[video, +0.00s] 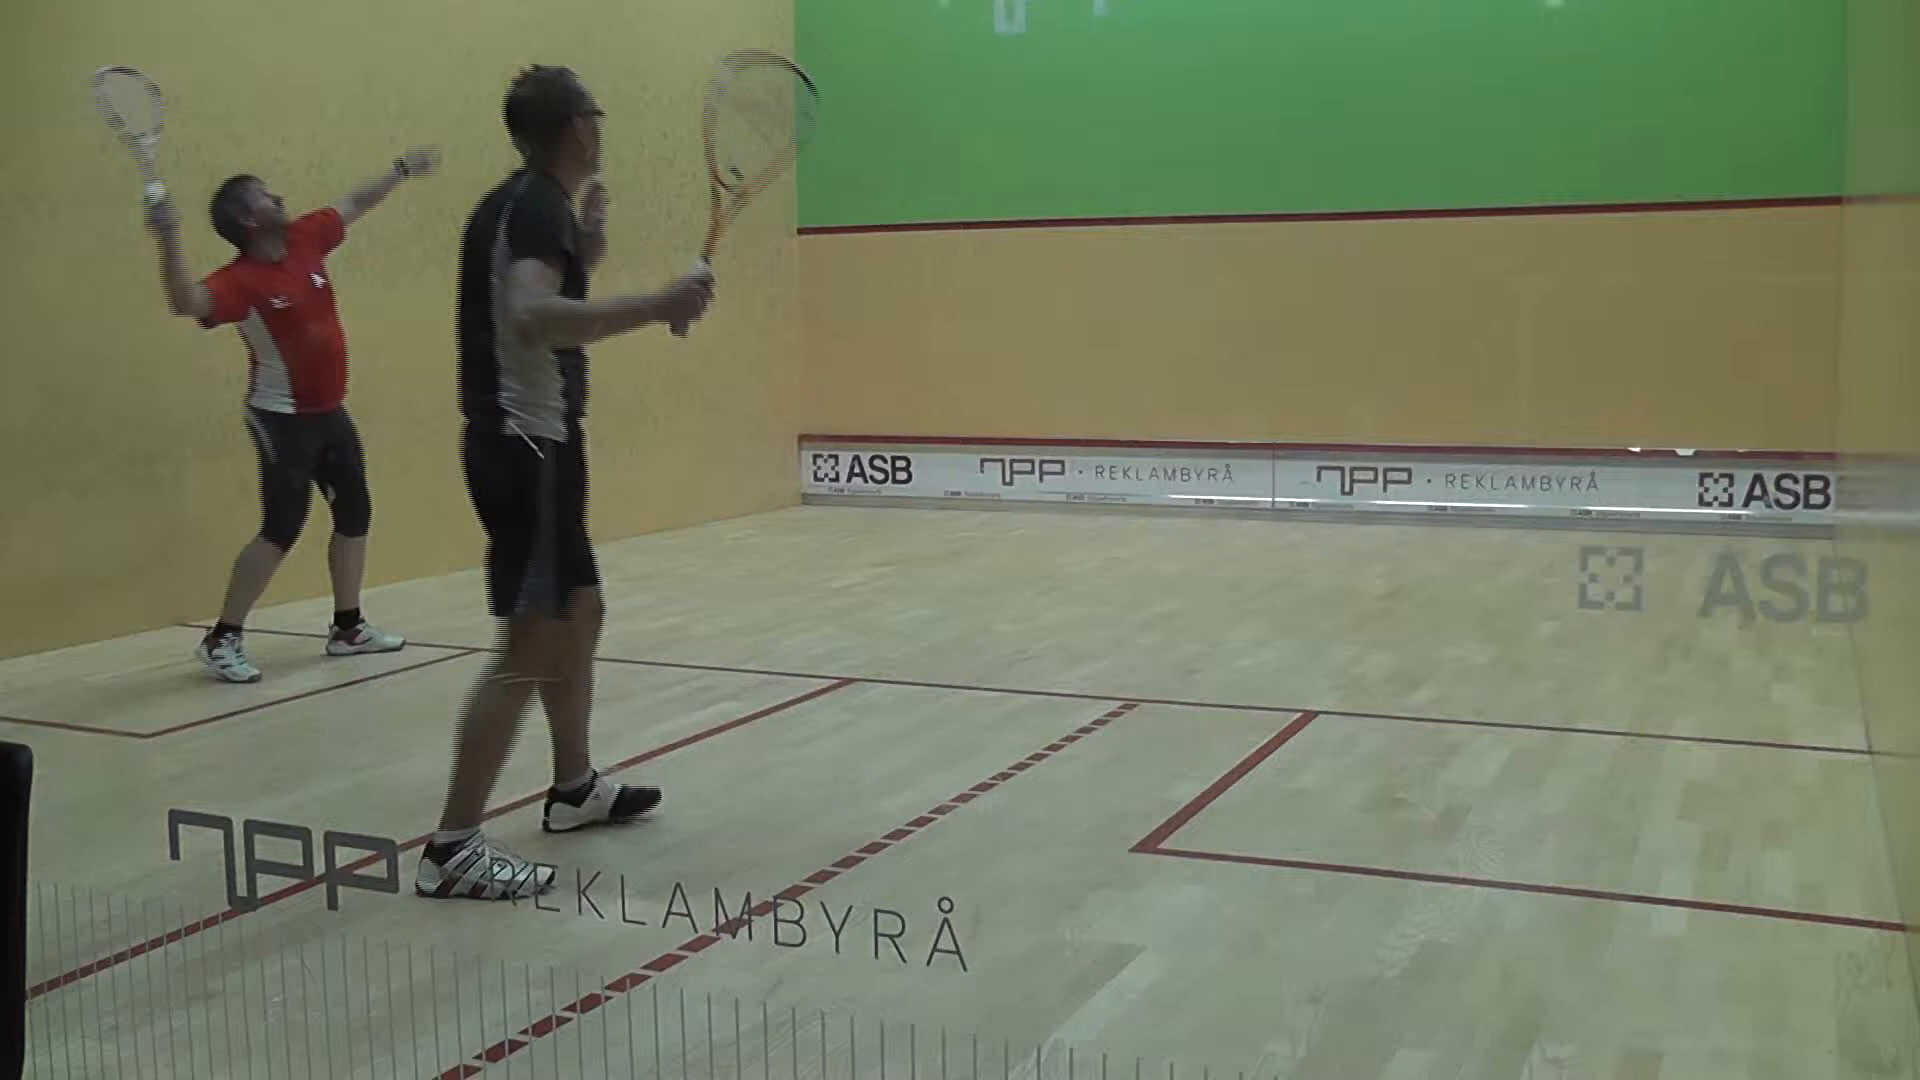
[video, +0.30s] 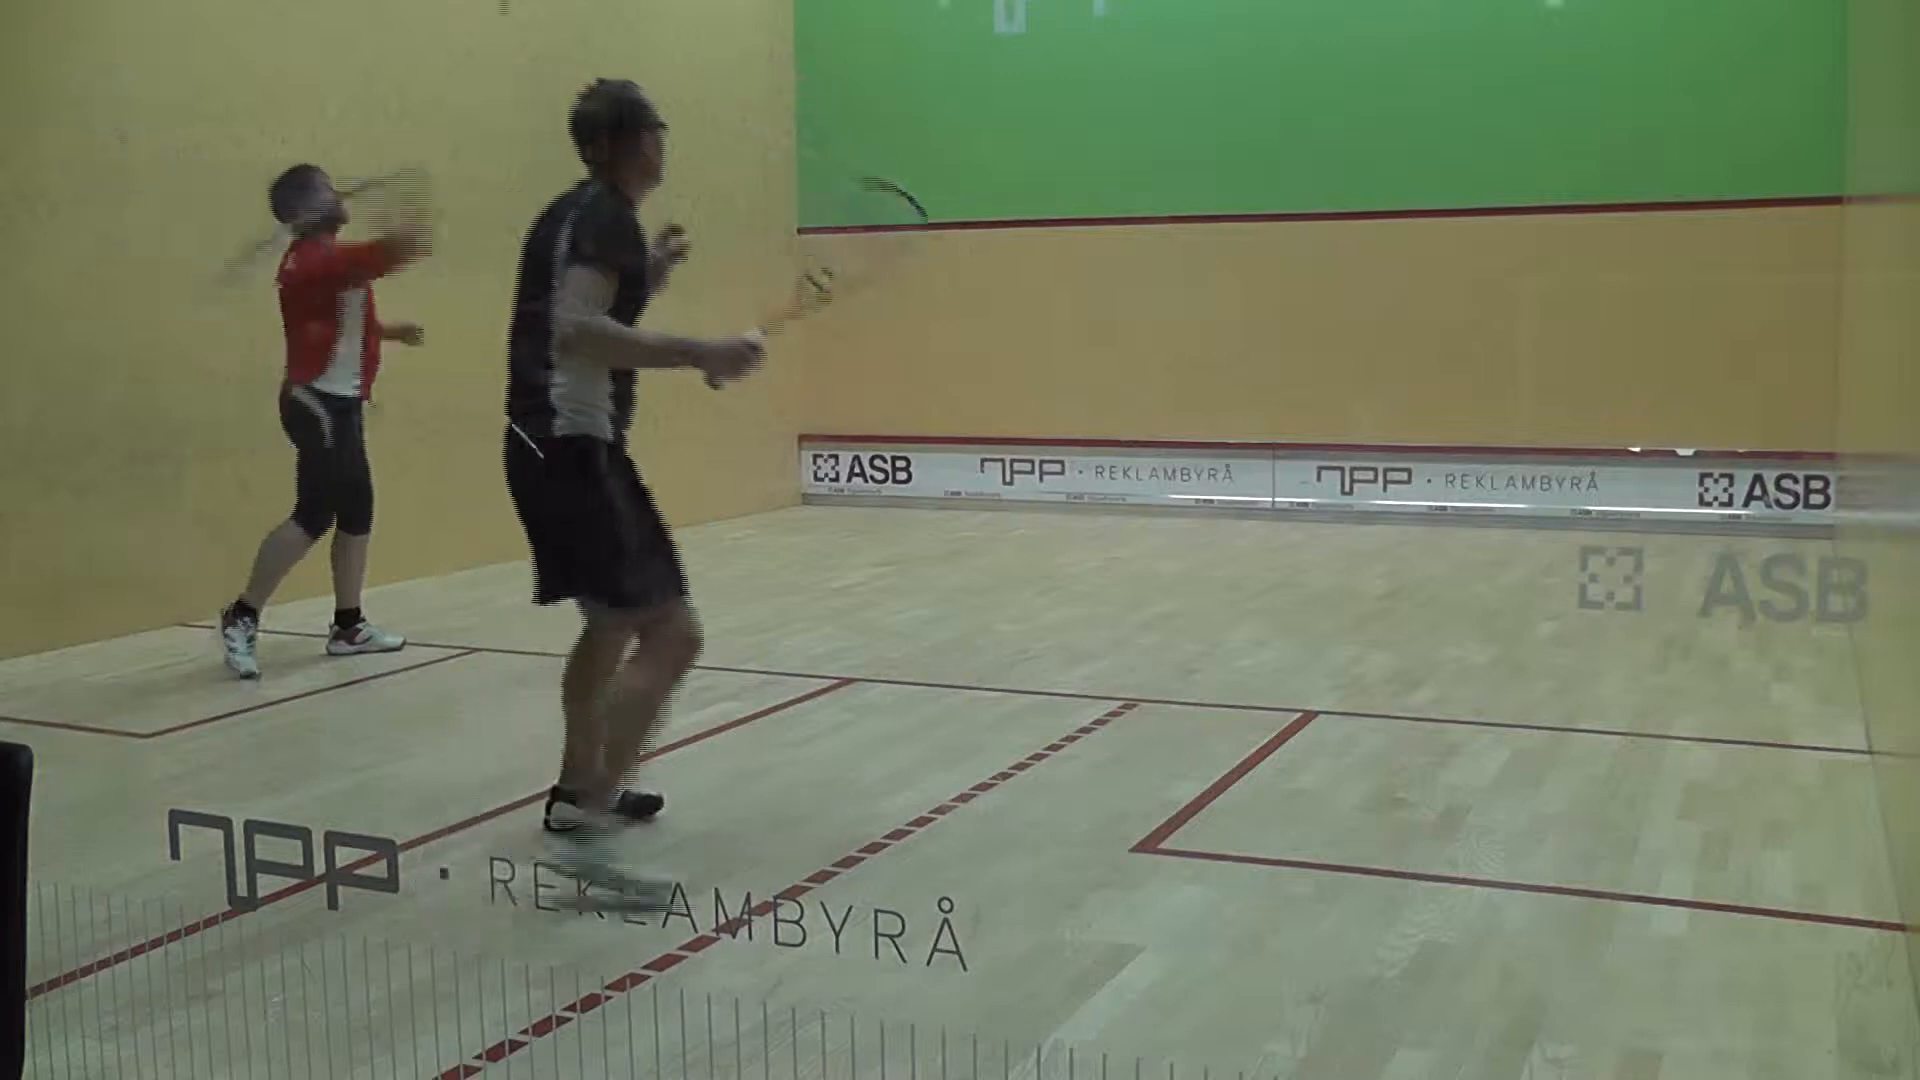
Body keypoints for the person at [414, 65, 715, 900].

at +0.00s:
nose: (600, 132)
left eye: (595, 120)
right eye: (594, 120)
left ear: (530, 135)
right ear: (574, 130)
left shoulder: (509, 206)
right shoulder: (536, 203)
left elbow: (535, 321)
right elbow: (529, 317)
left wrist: (583, 256)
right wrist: (658, 307)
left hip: (531, 445)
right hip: (526, 449)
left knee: (579, 605)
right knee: (532, 644)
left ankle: (574, 788)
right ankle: (453, 844)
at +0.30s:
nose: (663, 149)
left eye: (659, 135)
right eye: (652, 135)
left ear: (597, 147)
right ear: (619, 145)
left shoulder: (569, 219)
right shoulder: (601, 217)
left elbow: (587, 341)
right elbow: (576, 331)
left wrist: (642, 279)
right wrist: (698, 353)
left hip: (552, 448)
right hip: (579, 450)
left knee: (609, 622)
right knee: (671, 636)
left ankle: (583, 786)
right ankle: (589, 803)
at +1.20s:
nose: (761, 127)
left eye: (759, 110)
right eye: (743, 111)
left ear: (725, 123)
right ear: (688, 123)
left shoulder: (731, 232)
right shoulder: (602, 204)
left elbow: (775, 346)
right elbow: (477, 309)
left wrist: (849, 390)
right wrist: (554, 354)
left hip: (653, 466)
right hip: (578, 468)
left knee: (696, 667)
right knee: (692, 661)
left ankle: (602, 857)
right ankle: (726, 895)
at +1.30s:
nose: (723, 138)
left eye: (723, 122)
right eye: (704, 122)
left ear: (705, 134)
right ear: (649, 128)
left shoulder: (706, 231)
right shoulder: (564, 209)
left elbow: (765, 343)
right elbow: (430, 296)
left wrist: (819, 394)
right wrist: (488, 335)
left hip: (639, 474)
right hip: (554, 473)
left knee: (689, 690)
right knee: (652, 675)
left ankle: (607, 860)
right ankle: (613, 877)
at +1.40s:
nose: (667, 164)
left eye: (668, 145)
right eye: (648, 145)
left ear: (656, 150)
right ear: (593, 146)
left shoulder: (668, 249)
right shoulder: (515, 226)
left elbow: (748, 355)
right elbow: (413, 256)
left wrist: (782, 429)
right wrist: (350, 270)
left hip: (618, 500)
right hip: (524, 503)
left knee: (678, 719)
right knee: (547, 714)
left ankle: (602, 861)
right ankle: (493, 964)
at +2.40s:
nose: (308, 117)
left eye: (306, 99)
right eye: (299, 98)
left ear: (218, 100)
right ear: (263, 101)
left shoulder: (144, 177)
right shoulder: (246, 190)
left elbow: (140, 337)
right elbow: (244, 352)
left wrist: (265, 359)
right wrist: (328, 470)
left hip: (83, 476)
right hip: (176, 479)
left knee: (96, 729)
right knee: (307, 661)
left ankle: (2, 954)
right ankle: (266, 882)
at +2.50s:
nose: (302, 158)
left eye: (299, 140)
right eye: (296, 140)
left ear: (212, 142)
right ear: (265, 141)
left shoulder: (144, 213)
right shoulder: (249, 220)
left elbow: (144, 363)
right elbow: (251, 366)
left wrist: (270, 378)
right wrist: (349, 488)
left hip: (84, 497)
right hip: (180, 499)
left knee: (77, 740)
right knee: (300, 662)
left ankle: (3, 967)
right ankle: (266, 873)